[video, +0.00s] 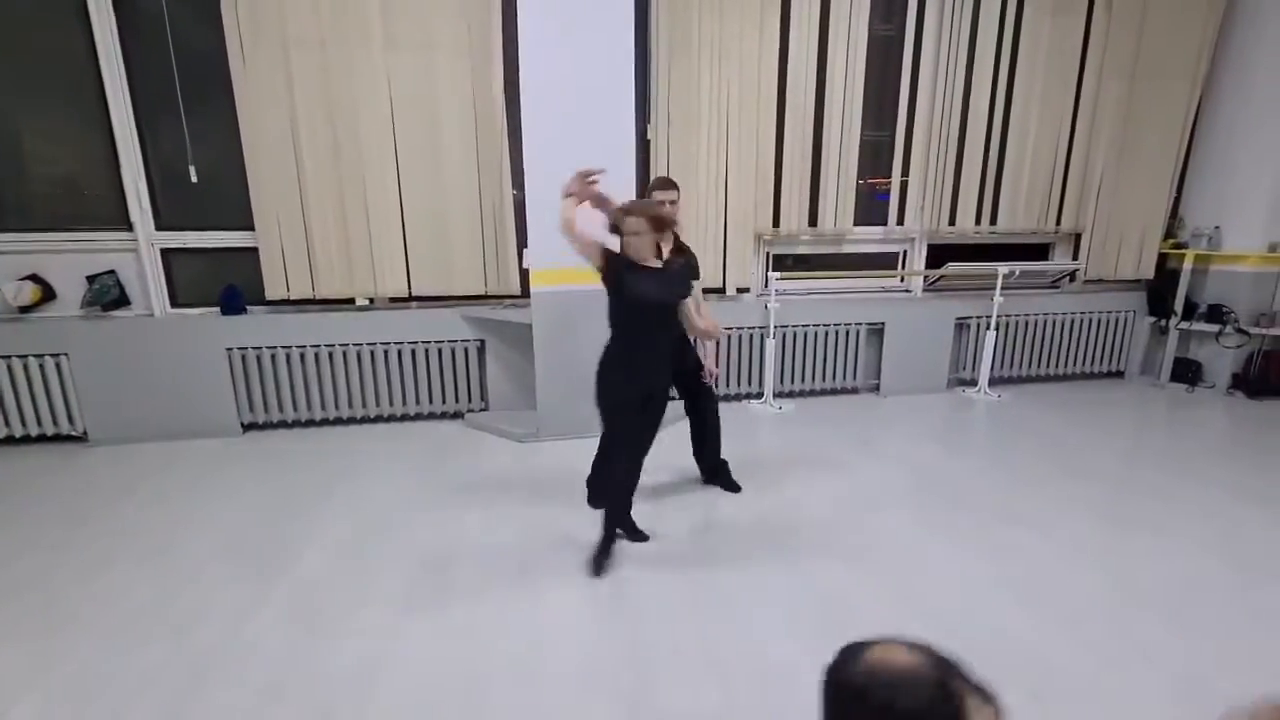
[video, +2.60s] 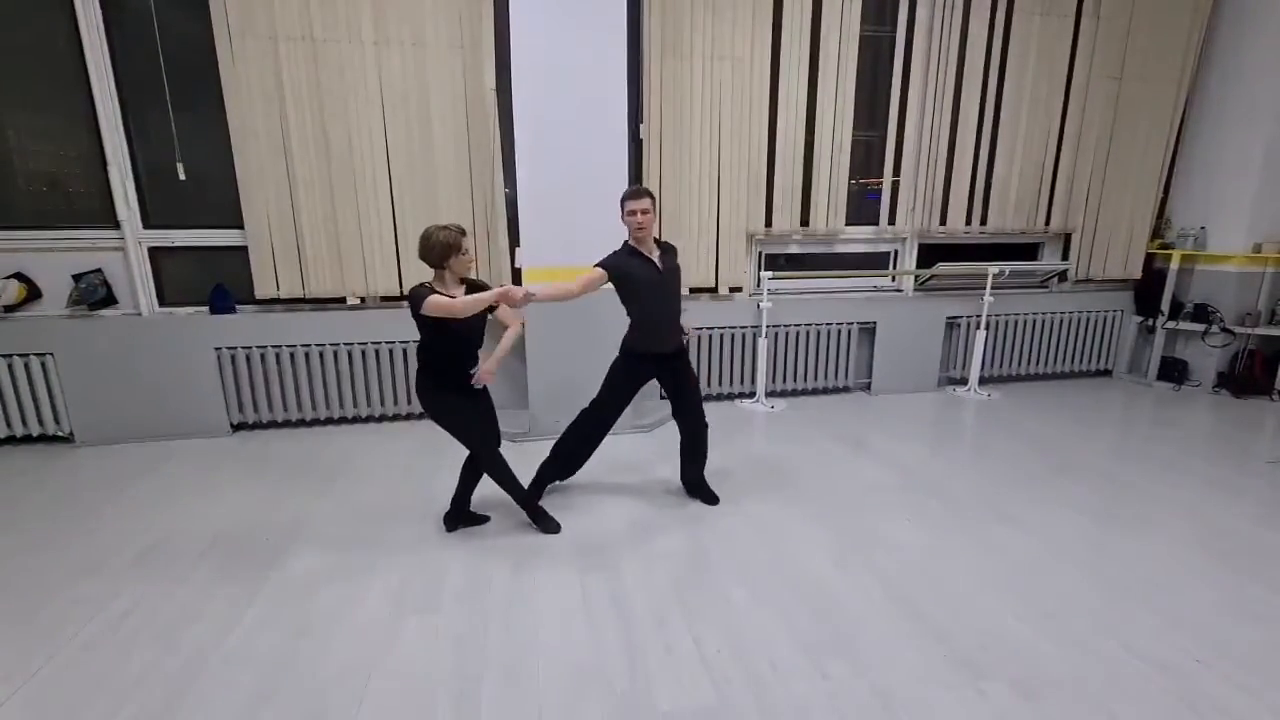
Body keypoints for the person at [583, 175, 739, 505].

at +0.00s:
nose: (668, 209)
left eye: (674, 202)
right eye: (661, 203)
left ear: (680, 205)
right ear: (648, 206)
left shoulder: (684, 255)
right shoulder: (634, 244)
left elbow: (696, 306)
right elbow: (614, 213)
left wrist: (708, 354)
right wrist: (594, 196)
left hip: (678, 338)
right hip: (643, 337)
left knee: (703, 399)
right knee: (632, 412)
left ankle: (711, 466)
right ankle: (608, 487)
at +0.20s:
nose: (664, 211)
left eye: (670, 204)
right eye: (657, 204)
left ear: (678, 208)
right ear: (646, 208)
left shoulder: (689, 254)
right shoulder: (632, 240)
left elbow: (711, 306)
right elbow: (595, 227)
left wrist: (720, 351)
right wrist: (571, 222)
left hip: (673, 345)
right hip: (634, 345)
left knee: (705, 408)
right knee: (617, 417)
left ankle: (735, 471)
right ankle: (603, 483)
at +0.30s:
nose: (666, 210)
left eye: (673, 204)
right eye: (660, 204)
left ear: (682, 207)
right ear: (650, 208)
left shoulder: (701, 251)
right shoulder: (639, 246)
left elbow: (721, 301)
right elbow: (597, 268)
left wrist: (728, 347)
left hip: (679, 346)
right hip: (640, 344)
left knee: (705, 413)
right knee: (617, 412)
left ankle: (734, 478)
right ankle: (595, 478)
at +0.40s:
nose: (668, 209)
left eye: (674, 203)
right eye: (661, 204)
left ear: (684, 206)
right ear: (653, 209)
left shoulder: (703, 250)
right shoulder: (639, 251)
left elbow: (717, 300)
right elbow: (614, 291)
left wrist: (726, 345)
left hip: (688, 347)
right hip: (648, 346)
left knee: (713, 412)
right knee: (617, 414)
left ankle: (732, 475)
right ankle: (580, 479)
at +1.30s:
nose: (621, 223)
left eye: (628, 216)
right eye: (615, 217)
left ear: (644, 219)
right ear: (611, 223)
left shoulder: (670, 267)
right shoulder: (605, 264)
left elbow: (693, 311)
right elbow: (581, 310)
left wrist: (701, 354)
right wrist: (564, 337)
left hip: (671, 348)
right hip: (630, 349)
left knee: (702, 412)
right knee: (607, 416)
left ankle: (735, 474)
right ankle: (580, 486)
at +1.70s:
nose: (628, 211)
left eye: (635, 204)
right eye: (623, 205)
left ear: (651, 205)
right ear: (618, 207)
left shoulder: (666, 257)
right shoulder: (605, 246)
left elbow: (676, 313)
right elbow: (577, 286)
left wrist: (662, 361)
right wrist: (561, 309)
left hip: (657, 349)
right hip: (616, 350)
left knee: (695, 413)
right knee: (595, 418)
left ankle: (736, 471)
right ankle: (579, 488)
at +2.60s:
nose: (639, 219)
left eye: (645, 212)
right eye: (632, 214)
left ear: (655, 215)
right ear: (623, 219)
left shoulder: (669, 252)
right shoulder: (619, 261)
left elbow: (664, 295)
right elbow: (577, 288)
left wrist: (676, 325)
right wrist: (531, 294)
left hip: (673, 352)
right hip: (638, 353)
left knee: (695, 423)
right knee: (599, 416)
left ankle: (694, 478)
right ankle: (546, 475)